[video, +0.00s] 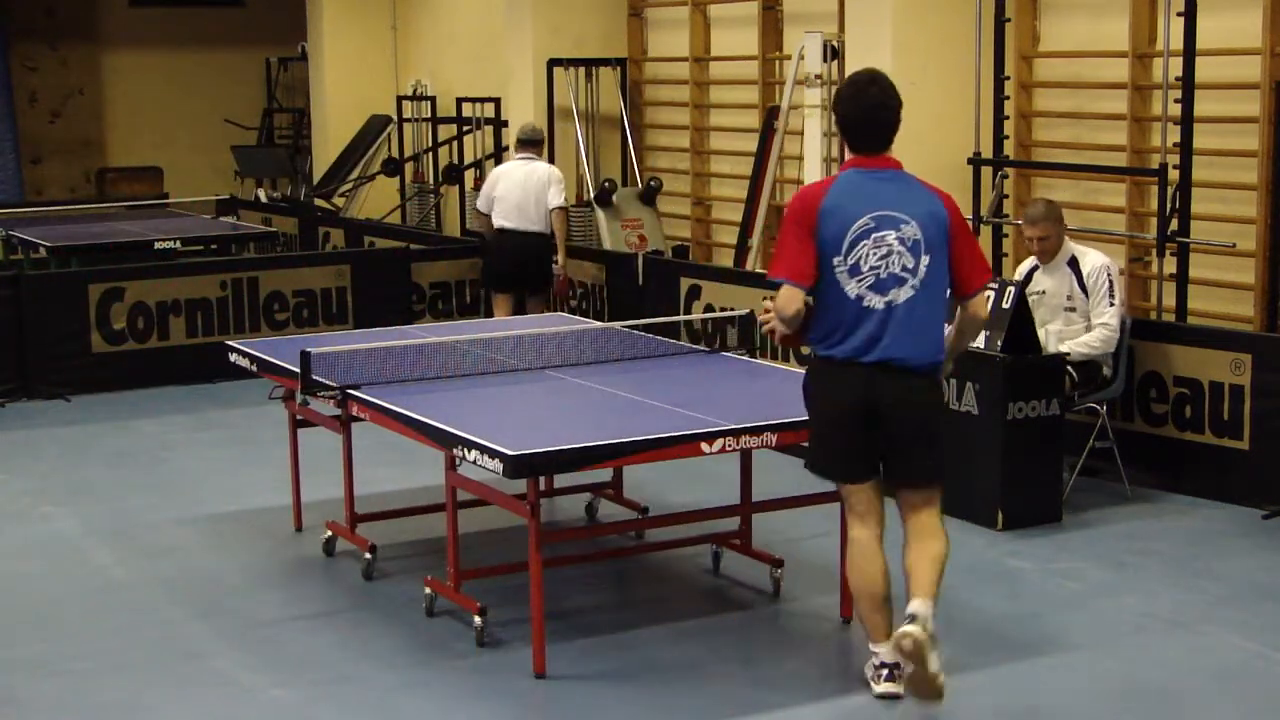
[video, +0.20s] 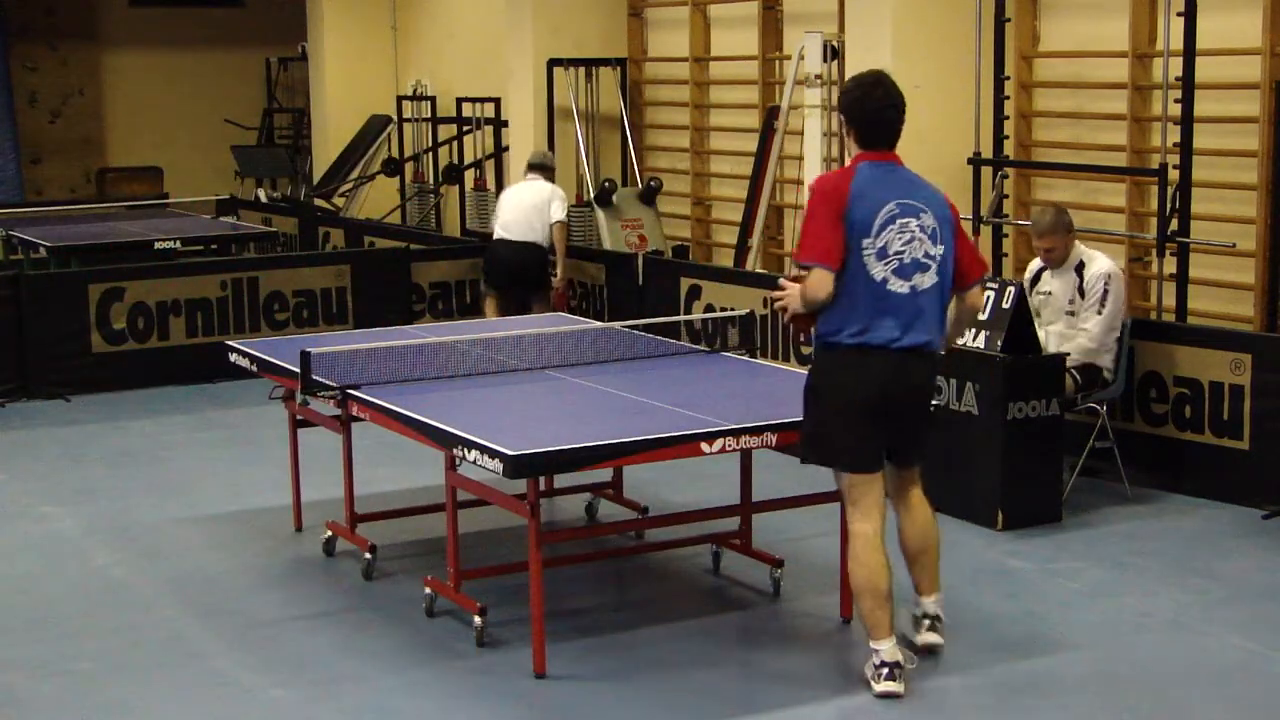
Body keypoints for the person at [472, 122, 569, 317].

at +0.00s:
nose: (542, 150)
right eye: (542, 146)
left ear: (515, 146)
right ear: (541, 147)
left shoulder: (499, 172)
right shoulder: (551, 173)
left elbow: (482, 213)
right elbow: (558, 212)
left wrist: (495, 240)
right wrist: (561, 256)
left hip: (504, 246)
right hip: (538, 247)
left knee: (502, 315)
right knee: (536, 314)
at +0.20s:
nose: (555, 177)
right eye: (554, 173)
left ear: (527, 171)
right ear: (551, 172)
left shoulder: (508, 191)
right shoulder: (554, 192)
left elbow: (495, 226)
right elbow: (559, 228)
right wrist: (560, 270)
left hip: (500, 252)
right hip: (533, 254)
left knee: (492, 298)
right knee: (539, 305)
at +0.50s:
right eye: (552, 210)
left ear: (528, 208)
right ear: (550, 210)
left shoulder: (519, 223)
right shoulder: (548, 221)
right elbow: (546, 249)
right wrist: (549, 286)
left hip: (492, 275)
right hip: (519, 277)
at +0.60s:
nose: (552, 224)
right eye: (551, 221)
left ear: (526, 220)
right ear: (548, 221)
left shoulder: (519, 234)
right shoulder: (545, 231)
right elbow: (541, 255)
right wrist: (546, 294)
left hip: (490, 290)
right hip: (517, 293)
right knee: (567, 304)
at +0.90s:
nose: (556, 214)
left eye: (556, 209)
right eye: (555, 209)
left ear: (533, 208)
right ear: (545, 209)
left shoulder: (521, 223)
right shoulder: (538, 224)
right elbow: (524, 252)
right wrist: (528, 293)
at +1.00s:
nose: (557, 197)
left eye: (557, 191)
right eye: (555, 191)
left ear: (541, 190)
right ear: (543, 190)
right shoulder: (532, 204)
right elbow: (513, 235)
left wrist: (527, 277)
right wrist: (515, 276)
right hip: (494, 262)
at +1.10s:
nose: (554, 178)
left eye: (553, 172)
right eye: (550, 172)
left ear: (538, 172)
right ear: (538, 172)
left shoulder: (532, 194)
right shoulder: (521, 187)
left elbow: (520, 234)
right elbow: (496, 217)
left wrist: (531, 263)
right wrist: (501, 256)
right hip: (489, 250)